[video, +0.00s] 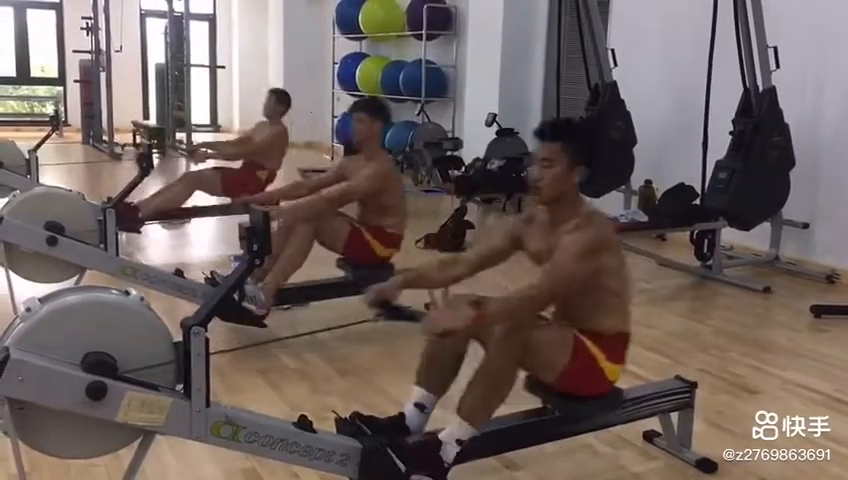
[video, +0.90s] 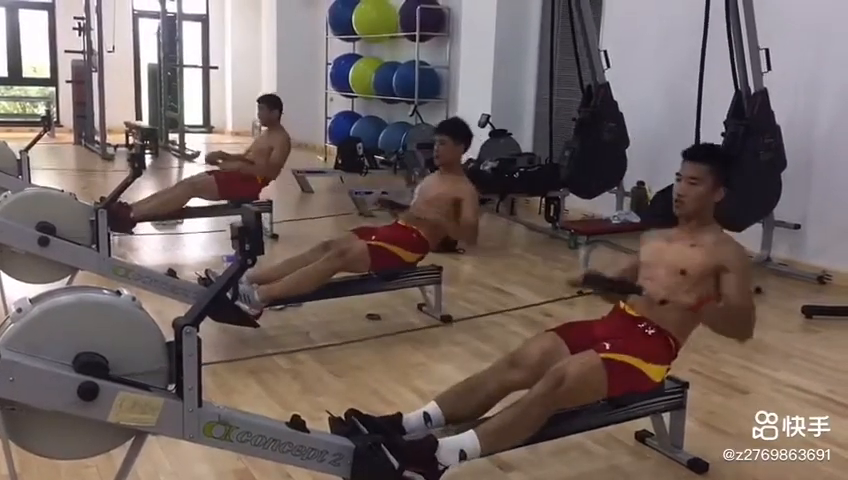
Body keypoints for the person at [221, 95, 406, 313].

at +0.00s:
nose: (353, 127)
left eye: (360, 122)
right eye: (353, 121)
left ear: (377, 127)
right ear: (352, 123)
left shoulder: (381, 169)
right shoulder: (353, 163)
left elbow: (329, 200)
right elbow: (308, 186)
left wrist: (281, 213)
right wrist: (260, 198)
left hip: (379, 244)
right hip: (363, 234)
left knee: (310, 220)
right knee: (296, 212)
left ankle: (266, 294)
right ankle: (258, 280)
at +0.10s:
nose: (386, 128)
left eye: (392, 122)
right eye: (386, 122)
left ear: (411, 127)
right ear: (390, 126)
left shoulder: (409, 169)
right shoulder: (381, 162)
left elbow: (362, 196)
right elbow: (338, 181)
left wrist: (307, 207)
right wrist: (289, 194)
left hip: (398, 239)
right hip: (375, 227)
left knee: (326, 230)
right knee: (311, 222)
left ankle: (267, 295)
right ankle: (252, 281)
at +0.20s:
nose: (416, 136)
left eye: (423, 131)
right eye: (416, 130)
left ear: (440, 134)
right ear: (418, 132)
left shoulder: (436, 176)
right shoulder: (411, 164)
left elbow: (389, 204)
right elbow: (367, 185)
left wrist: (343, 207)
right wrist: (322, 192)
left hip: (408, 244)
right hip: (391, 232)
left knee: (338, 241)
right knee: (321, 235)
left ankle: (264, 298)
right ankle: (248, 281)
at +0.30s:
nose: (436, 149)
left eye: (442, 144)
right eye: (435, 144)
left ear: (460, 147)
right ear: (435, 146)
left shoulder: (461, 184)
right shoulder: (428, 175)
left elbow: (433, 209)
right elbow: (392, 193)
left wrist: (389, 209)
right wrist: (357, 196)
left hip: (417, 241)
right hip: (397, 230)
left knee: (342, 251)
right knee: (332, 243)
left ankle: (266, 296)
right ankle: (254, 275)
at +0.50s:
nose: (449, 163)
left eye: (456, 158)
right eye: (450, 157)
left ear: (474, 162)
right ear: (453, 158)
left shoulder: (476, 198)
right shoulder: (446, 185)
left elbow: (475, 244)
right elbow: (428, 218)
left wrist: (452, 236)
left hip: (413, 243)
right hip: (396, 228)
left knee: (343, 252)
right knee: (330, 243)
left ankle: (262, 293)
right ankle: (247, 276)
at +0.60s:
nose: (450, 161)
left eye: (457, 156)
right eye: (450, 155)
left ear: (474, 162)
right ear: (453, 159)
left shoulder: (474, 198)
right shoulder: (448, 189)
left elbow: (485, 247)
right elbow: (422, 215)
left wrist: (470, 214)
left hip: (412, 242)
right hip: (394, 229)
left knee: (343, 253)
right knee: (329, 243)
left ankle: (261, 294)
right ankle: (246, 276)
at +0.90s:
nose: (436, 149)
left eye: (443, 144)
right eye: (436, 143)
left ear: (462, 149)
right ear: (442, 147)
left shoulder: (466, 189)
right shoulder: (432, 178)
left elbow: (469, 239)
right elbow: (421, 216)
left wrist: (439, 217)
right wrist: (396, 210)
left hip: (415, 243)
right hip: (396, 230)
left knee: (339, 256)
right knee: (327, 245)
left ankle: (259, 299)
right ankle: (246, 280)